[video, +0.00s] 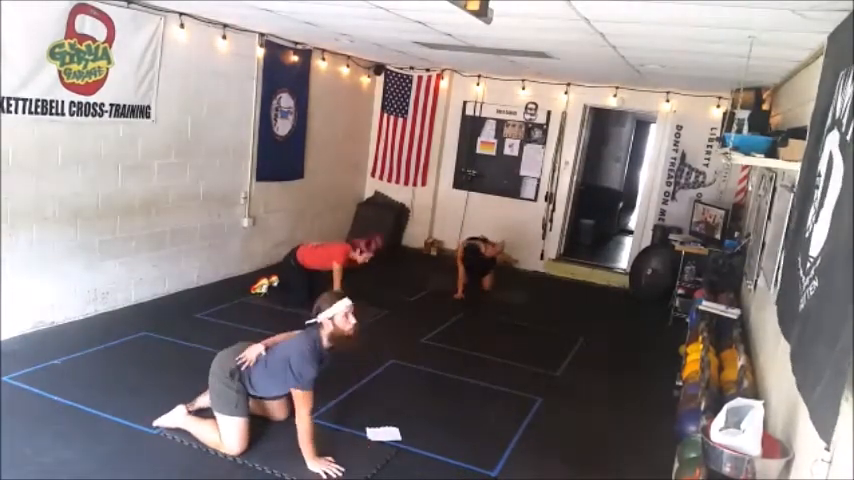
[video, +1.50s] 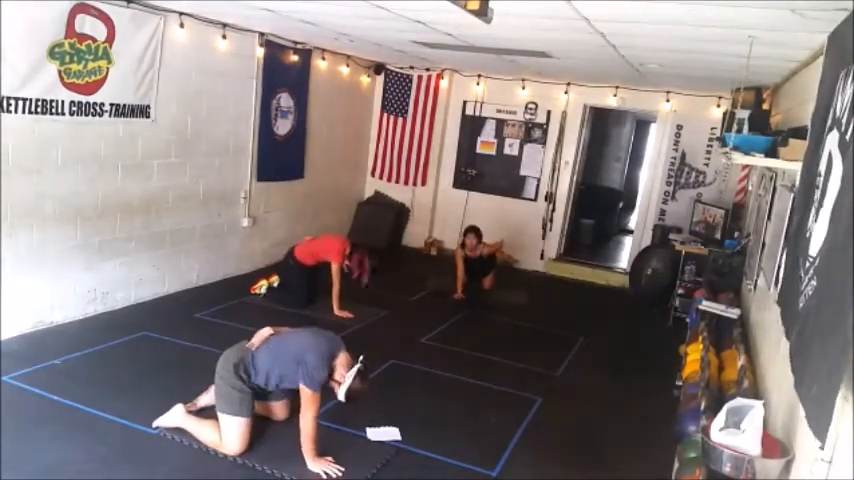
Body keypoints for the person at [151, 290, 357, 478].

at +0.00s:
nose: (353, 318)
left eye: (351, 312)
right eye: (346, 315)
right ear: (326, 320)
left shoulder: (322, 335)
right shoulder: (305, 358)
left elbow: (294, 335)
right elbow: (303, 413)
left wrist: (262, 345)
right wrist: (311, 459)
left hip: (253, 356)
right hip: (229, 370)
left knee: (279, 410)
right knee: (233, 445)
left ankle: (217, 401)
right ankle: (182, 418)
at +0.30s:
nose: (336, 384)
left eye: (340, 383)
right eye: (341, 383)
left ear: (349, 369)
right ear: (344, 373)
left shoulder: (339, 337)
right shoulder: (316, 361)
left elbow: (301, 326)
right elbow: (310, 414)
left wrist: (271, 329)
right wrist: (312, 459)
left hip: (266, 357)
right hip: (240, 367)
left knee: (280, 410)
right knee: (234, 446)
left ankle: (219, 397)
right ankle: (181, 418)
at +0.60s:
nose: (362, 328)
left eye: (362, 321)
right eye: (356, 323)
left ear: (338, 323)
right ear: (335, 324)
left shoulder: (323, 335)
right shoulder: (309, 356)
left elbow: (296, 337)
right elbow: (305, 413)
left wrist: (267, 343)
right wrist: (311, 458)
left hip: (256, 357)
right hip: (231, 369)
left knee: (278, 411)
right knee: (233, 445)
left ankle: (220, 399)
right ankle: (181, 419)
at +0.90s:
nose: (335, 381)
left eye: (339, 382)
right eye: (340, 381)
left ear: (347, 364)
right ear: (342, 370)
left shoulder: (330, 337)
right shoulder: (311, 362)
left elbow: (292, 329)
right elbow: (308, 414)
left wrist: (265, 332)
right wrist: (312, 458)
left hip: (260, 357)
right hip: (234, 367)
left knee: (280, 410)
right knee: (232, 445)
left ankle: (220, 397)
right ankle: (181, 415)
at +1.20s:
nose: (351, 323)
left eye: (349, 318)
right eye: (344, 321)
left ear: (331, 326)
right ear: (326, 326)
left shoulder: (319, 341)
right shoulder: (302, 359)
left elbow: (293, 342)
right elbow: (301, 414)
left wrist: (266, 345)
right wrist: (311, 458)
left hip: (253, 358)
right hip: (228, 370)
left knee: (279, 411)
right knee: (232, 445)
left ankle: (218, 400)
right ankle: (181, 416)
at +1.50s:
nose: (332, 385)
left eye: (335, 386)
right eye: (337, 386)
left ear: (344, 375)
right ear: (346, 376)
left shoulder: (333, 342)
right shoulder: (315, 364)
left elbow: (296, 334)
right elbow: (309, 415)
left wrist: (271, 331)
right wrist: (311, 457)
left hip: (261, 358)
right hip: (236, 368)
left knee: (280, 410)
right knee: (233, 445)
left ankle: (221, 397)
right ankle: (180, 416)